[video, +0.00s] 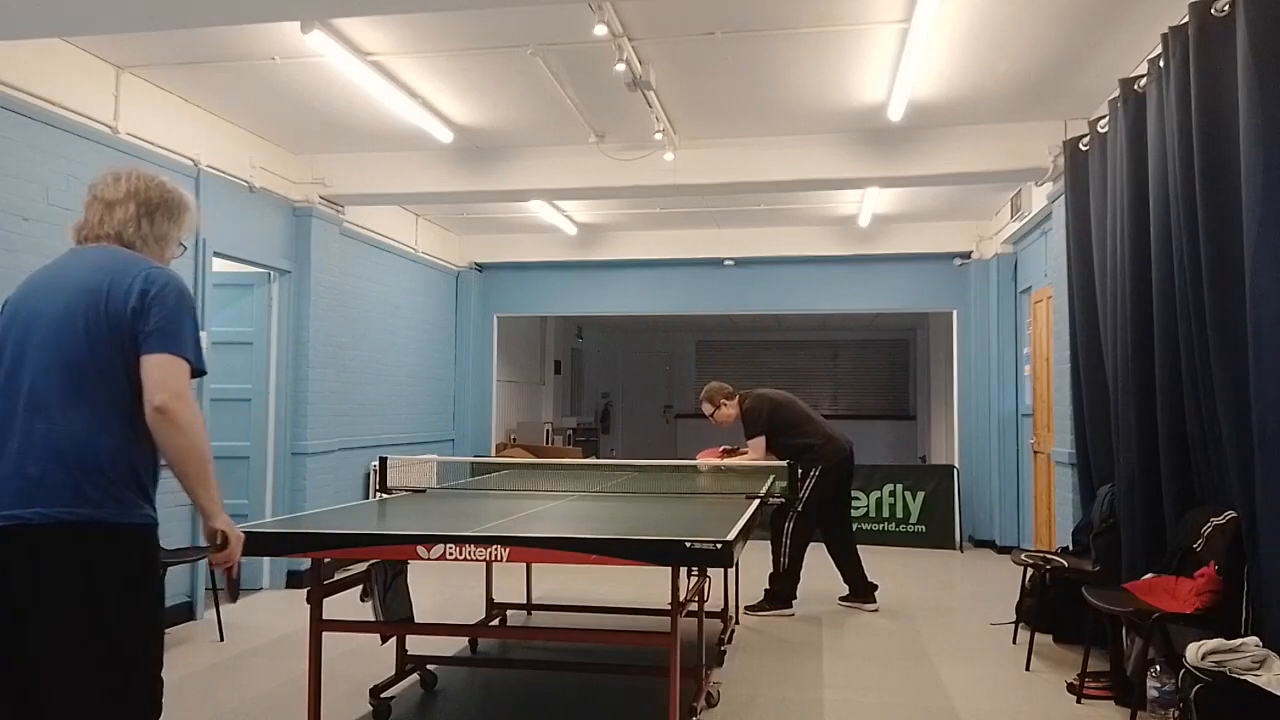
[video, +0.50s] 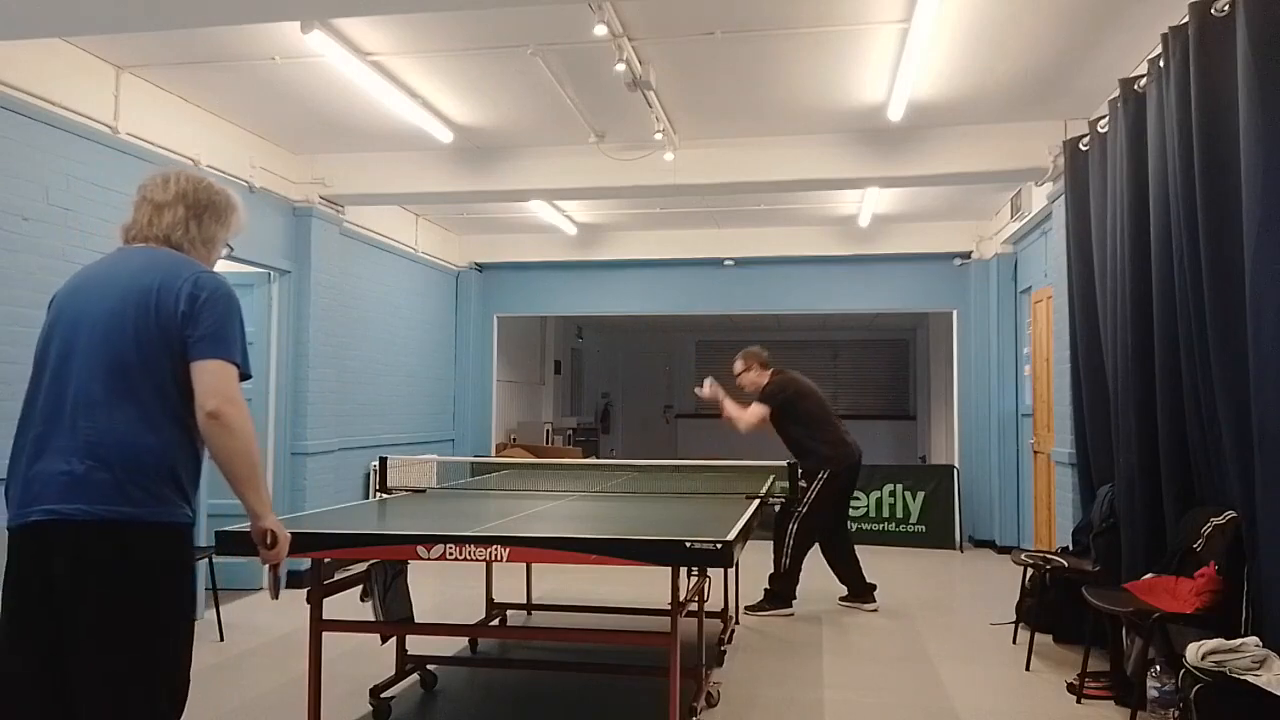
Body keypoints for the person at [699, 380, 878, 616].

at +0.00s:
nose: (714, 422)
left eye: (712, 415)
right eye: (710, 418)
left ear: (725, 403)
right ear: (727, 401)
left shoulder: (753, 406)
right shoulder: (757, 400)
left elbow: (757, 456)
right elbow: (773, 450)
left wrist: (722, 463)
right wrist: (739, 452)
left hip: (823, 459)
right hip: (837, 453)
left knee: (786, 520)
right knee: (834, 525)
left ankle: (780, 598)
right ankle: (862, 591)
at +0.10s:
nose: (716, 421)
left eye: (713, 415)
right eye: (712, 417)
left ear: (726, 403)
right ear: (728, 401)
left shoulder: (754, 406)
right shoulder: (759, 400)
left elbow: (758, 456)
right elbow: (775, 450)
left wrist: (723, 463)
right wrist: (740, 452)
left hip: (824, 459)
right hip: (838, 454)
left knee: (788, 520)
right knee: (835, 525)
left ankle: (780, 598)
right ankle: (862, 591)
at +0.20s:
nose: (718, 420)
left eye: (715, 414)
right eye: (714, 416)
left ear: (728, 402)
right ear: (730, 400)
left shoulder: (756, 406)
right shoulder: (761, 400)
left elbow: (760, 457)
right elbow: (776, 450)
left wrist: (722, 464)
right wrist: (742, 452)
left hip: (826, 460)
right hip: (840, 455)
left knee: (789, 520)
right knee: (835, 526)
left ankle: (780, 597)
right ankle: (862, 591)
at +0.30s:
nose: (721, 416)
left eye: (719, 409)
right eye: (717, 411)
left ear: (731, 397)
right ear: (734, 396)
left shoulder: (761, 404)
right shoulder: (767, 398)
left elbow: (759, 454)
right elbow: (779, 449)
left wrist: (725, 463)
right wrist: (745, 451)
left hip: (827, 460)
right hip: (841, 455)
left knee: (789, 521)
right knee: (834, 527)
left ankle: (780, 597)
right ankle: (861, 591)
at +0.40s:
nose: (729, 402)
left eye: (728, 395)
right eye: (726, 398)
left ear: (741, 385)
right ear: (745, 384)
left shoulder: (770, 396)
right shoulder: (777, 390)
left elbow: (752, 446)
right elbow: (763, 441)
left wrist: (720, 437)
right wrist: (734, 438)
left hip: (827, 463)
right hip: (842, 458)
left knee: (789, 521)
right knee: (832, 529)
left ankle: (779, 597)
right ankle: (861, 591)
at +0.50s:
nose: (738, 382)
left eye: (740, 375)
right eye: (736, 377)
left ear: (756, 369)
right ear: (758, 369)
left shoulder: (778, 386)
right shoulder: (786, 381)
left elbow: (745, 422)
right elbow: (753, 421)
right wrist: (734, 411)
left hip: (830, 464)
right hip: (843, 459)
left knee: (791, 522)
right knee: (832, 529)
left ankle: (780, 597)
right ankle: (861, 591)